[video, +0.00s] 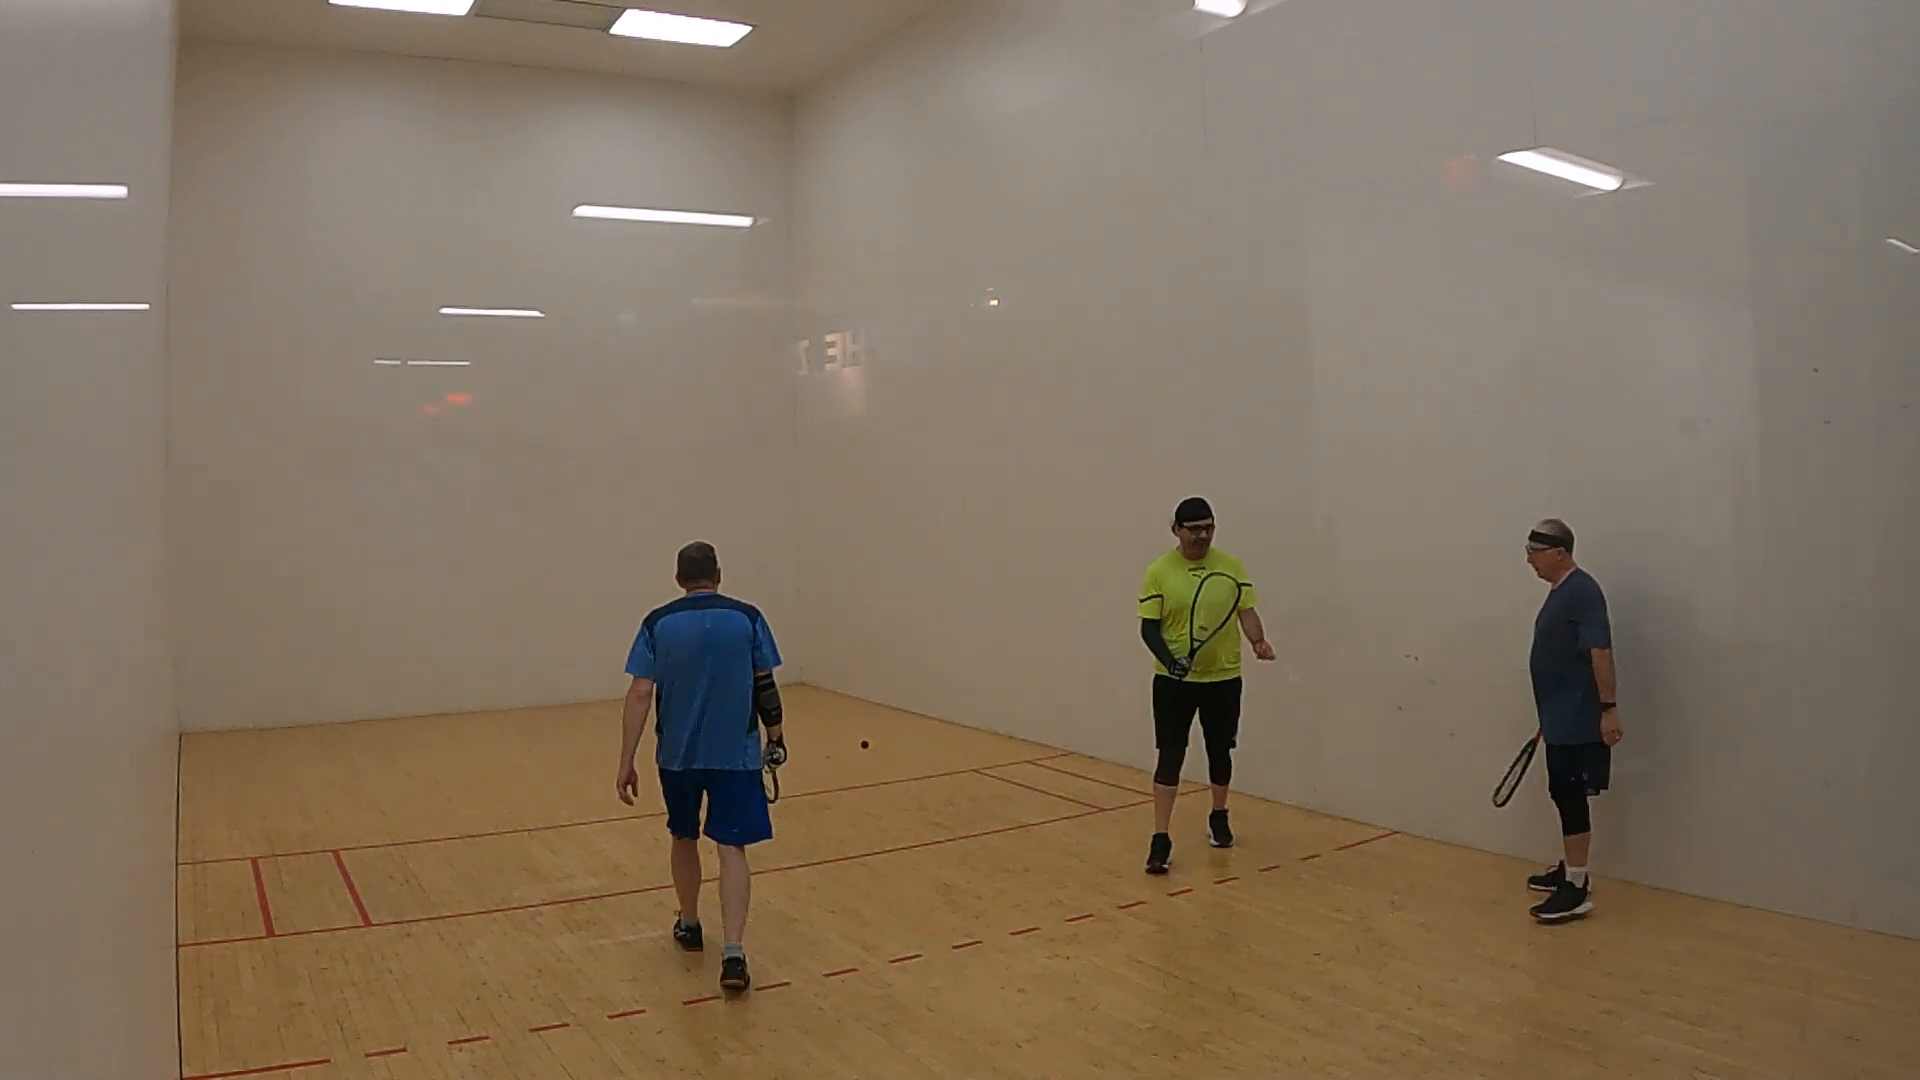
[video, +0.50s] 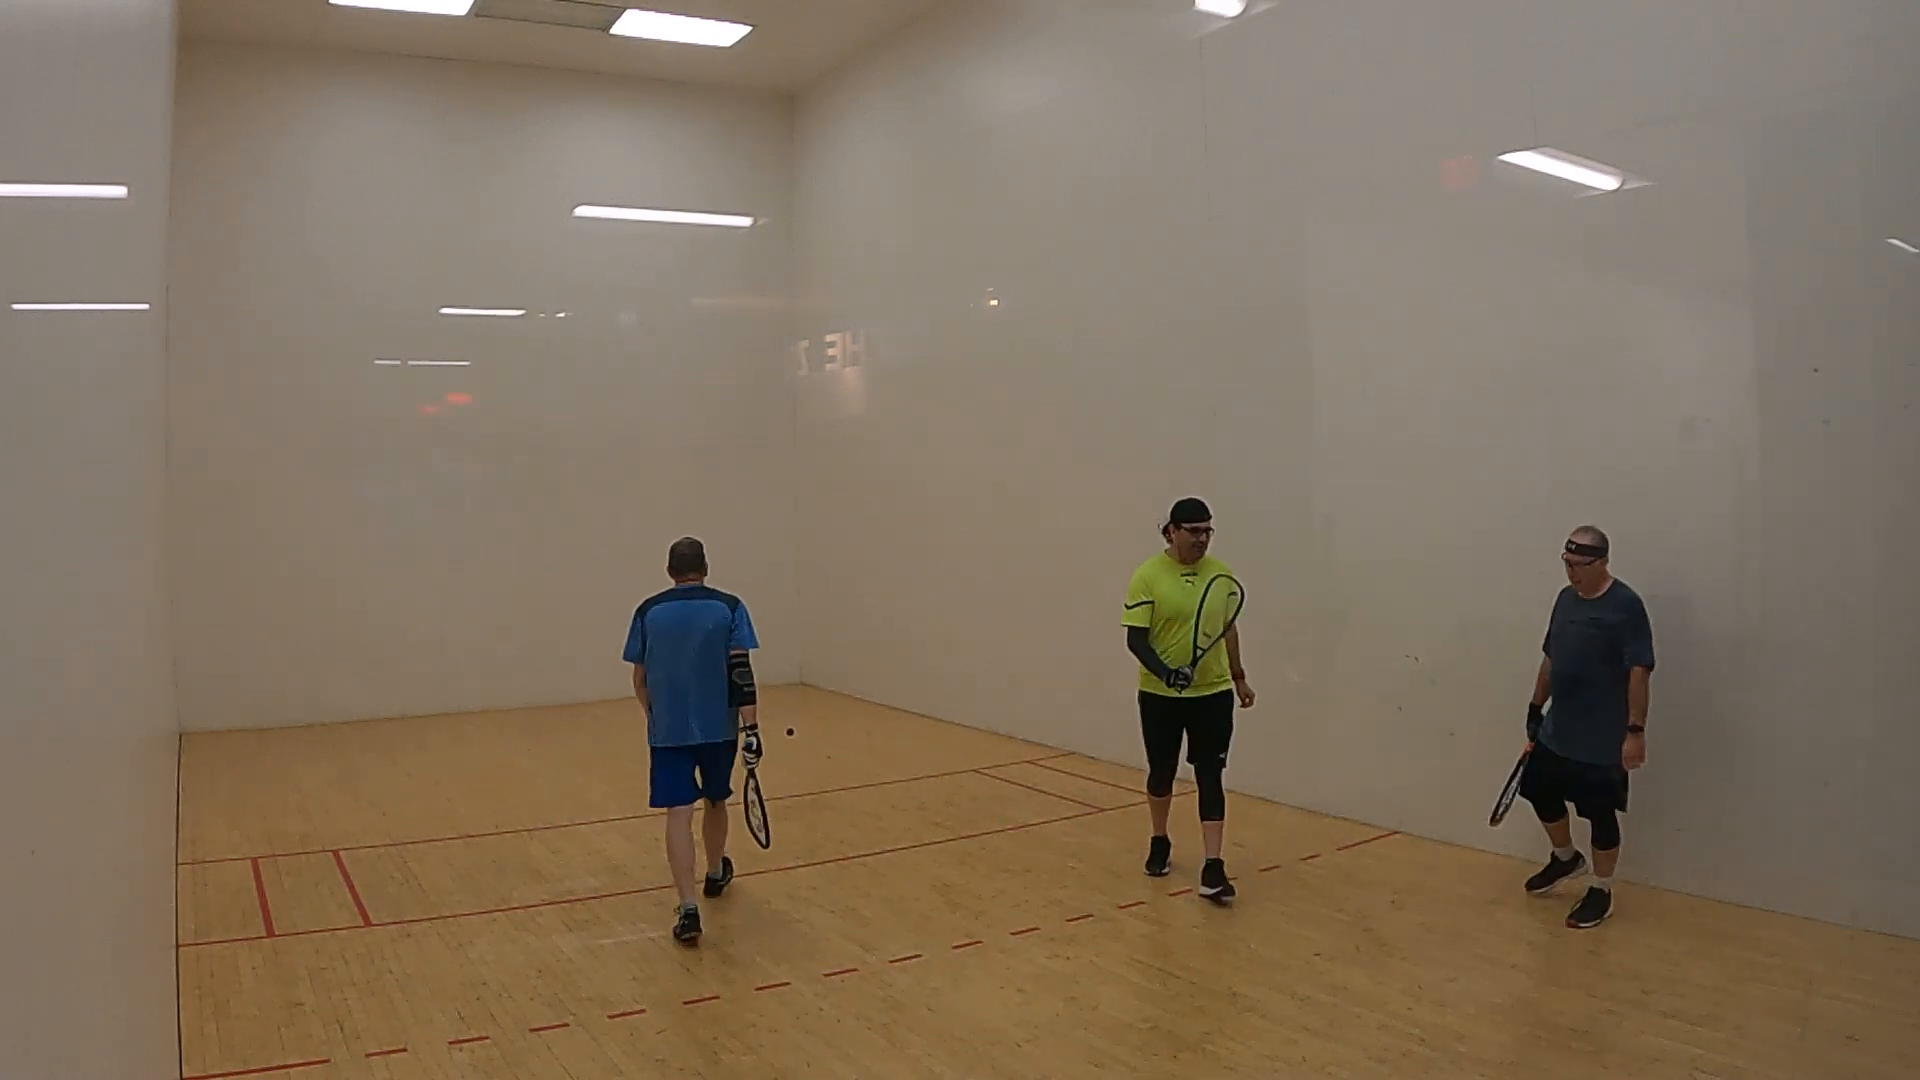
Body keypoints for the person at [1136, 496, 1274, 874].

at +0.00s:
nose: (1201, 535)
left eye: (1207, 529)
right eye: (1194, 529)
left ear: (1215, 529)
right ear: (1177, 530)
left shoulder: (1232, 568)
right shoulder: (1159, 572)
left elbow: (1247, 611)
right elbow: (1149, 627)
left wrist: (1258, 639)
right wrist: (1169, 660)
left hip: (1222, 682)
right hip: (1174, 682)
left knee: (1220, 753)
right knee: (1169, 757)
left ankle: (1219, 816)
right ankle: (1160, 839)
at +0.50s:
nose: (1203, 538)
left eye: (1208, 532)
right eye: (1195, 531)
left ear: (1211, 533)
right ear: (1172, 532)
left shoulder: (1220, 575)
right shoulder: (1148, 577)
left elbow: (1229, 628)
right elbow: (1135, 640)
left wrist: (1239, 677)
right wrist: (1164, 670)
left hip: (1212, 696)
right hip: (1161, 696)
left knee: (1210, 777)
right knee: (1161, 774)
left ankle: (1213, 866)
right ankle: (1159, 841)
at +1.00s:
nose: (1214, 544)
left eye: (1220, 536)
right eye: (1205, 536)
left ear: (1225, 535)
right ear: (1181, 534)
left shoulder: (1236, 578)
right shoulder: (1156, 583)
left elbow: (1252, 626)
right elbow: (1140, 648)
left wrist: (1264, 640)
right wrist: (1165, 683)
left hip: (1225, 711)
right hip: (1171, 712)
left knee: (1217, 796)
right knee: (1171, 803)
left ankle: (1213, 875)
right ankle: (1166, 899)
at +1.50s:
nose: (1190, 548)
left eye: (1198, 540)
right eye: (1181, 539)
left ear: (1203, 539)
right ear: (1156, 535)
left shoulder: (1215, 581)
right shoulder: (1128, 590)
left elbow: (1253, 643)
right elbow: (1114, 663)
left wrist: (1245, 618)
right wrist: (1140, 706)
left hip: (1213, 724)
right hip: (1153, 729)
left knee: (1218, 824)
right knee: (1162, 826)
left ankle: (1213, 920)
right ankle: (1169, 915)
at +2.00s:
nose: (1190, 556)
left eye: (1198, 547)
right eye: (1180, 546)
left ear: (1205, 547)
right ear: (1153, 542)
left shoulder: (1218, 594)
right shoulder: (1119, 596)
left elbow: (1247, 670)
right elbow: (1109, 677)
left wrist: (1230, 640)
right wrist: (1137, 728)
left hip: (1201, 752)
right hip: (1134, 750)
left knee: (1194, 859)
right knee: (1118, 856)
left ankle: (1189, 962)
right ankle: (1142, 935)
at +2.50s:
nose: (1160, 558)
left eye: (1162, 547)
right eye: (1150, 548)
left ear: (1139, 551)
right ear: (1115, 549)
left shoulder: (1169, 604)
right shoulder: (1068, 610)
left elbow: (1186, 687)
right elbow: (1070, 706)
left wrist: (1200, 656)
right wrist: (1136, 753)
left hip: (1168, 776)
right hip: (1093, 781)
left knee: (1187, 886)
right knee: (1091, 902)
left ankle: (1166, 967)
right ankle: (1091, 1008)